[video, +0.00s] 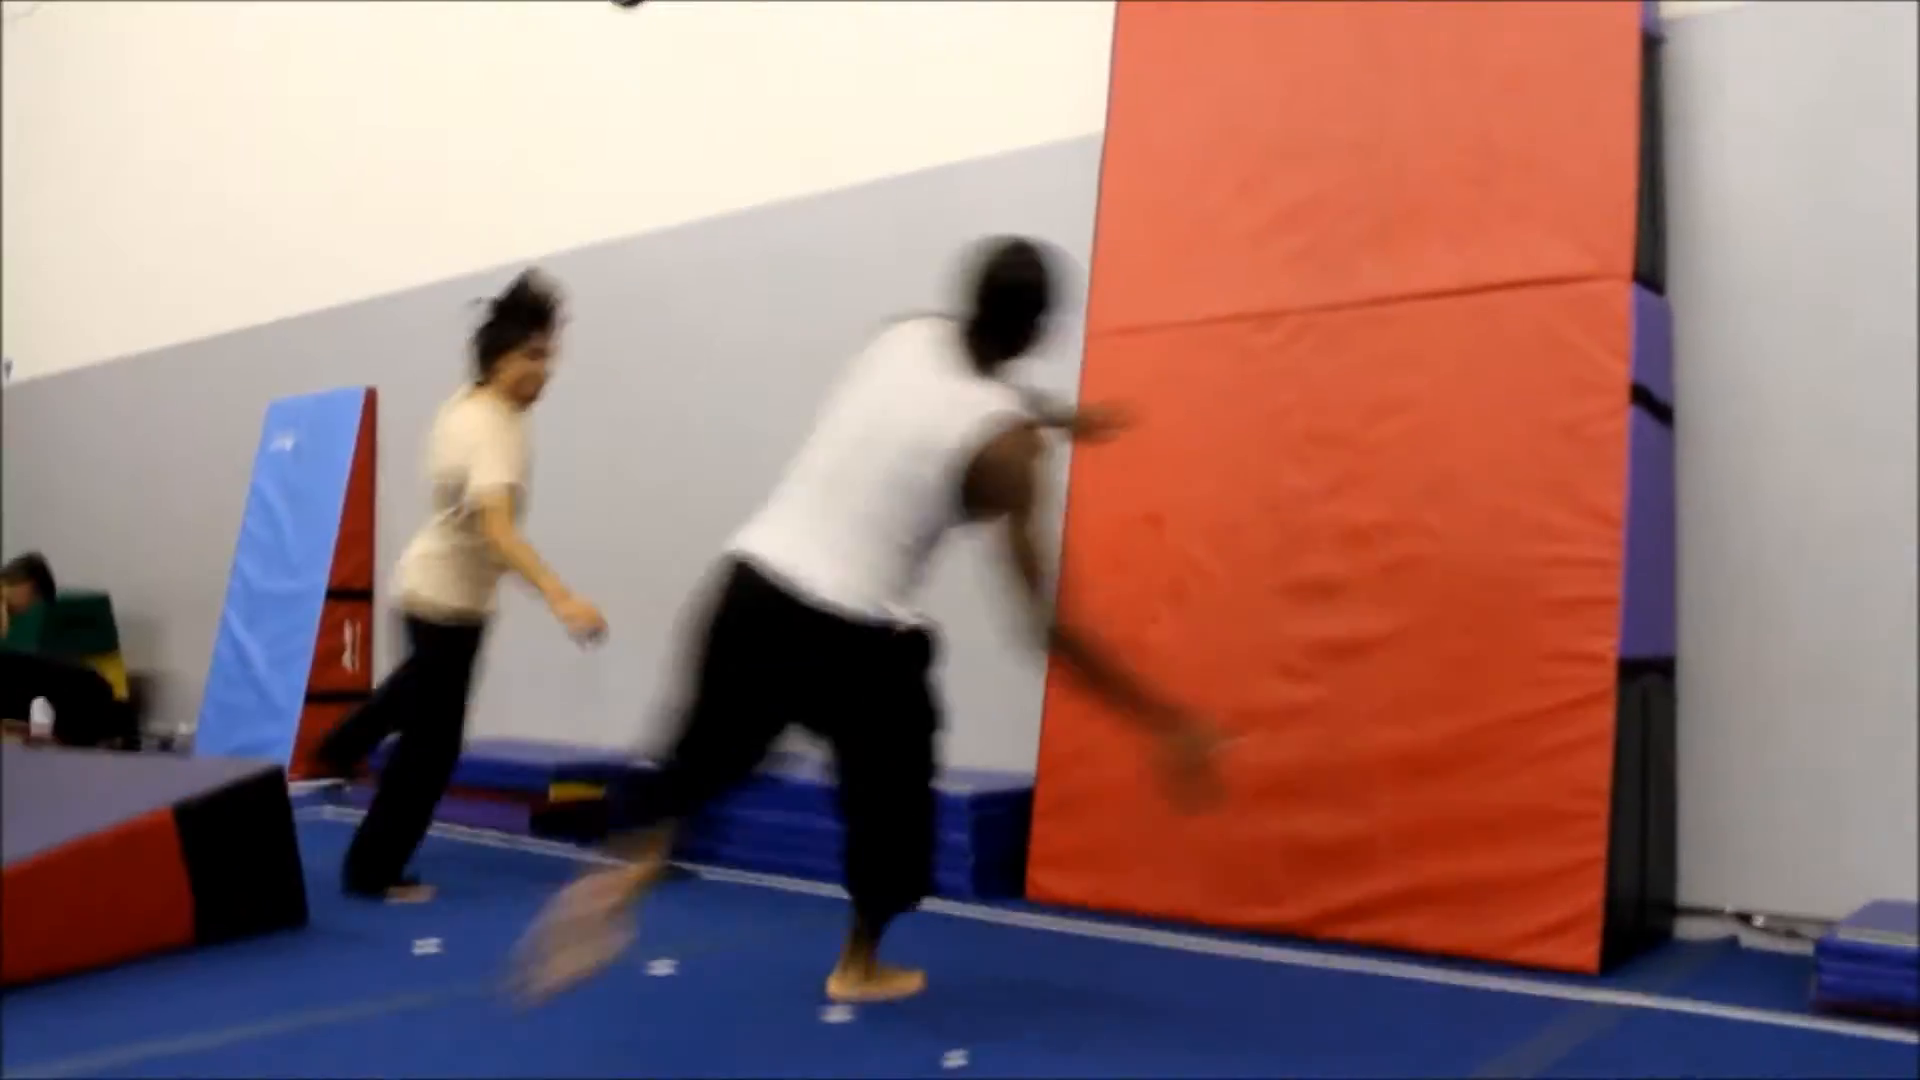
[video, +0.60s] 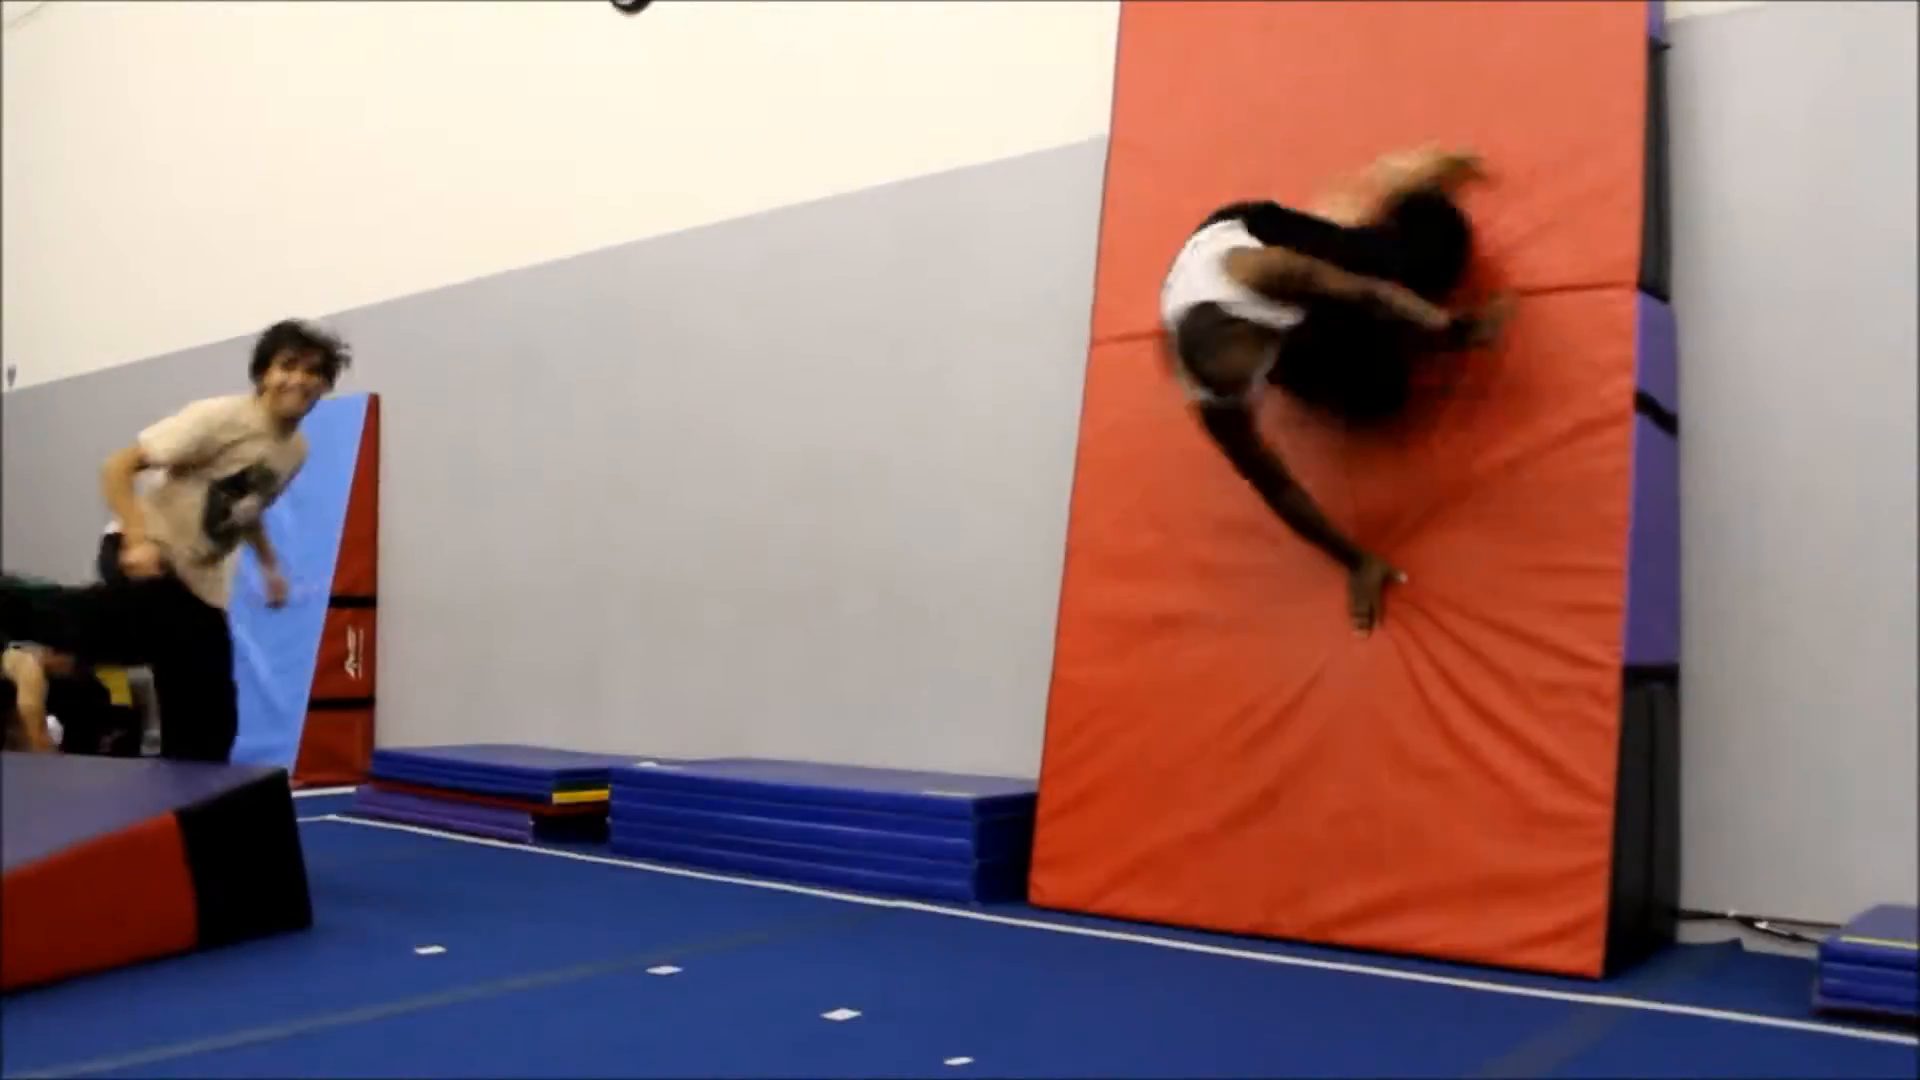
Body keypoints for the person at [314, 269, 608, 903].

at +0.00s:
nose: (544, 370)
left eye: (548, 357)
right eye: (534, 356)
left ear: (517, 362)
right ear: (500, 359)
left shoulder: (466, 410)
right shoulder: (493, 424)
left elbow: (460, 511)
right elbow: (496, 529)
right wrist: (562, 599)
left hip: (429, 591)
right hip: (452, 603)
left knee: (418, 689)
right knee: (433, 747)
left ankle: (336, 751)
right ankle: (374, 871)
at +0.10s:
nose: (483, 422)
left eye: (489, 409)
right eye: (472, 409)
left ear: (494, 408)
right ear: (442, 406)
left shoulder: (428, 448)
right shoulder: (421, 463)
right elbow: (445, 573)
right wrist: (541, 618)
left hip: (365, 618)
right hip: (378, 626)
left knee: (351, 731)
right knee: (420, 745)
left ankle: (257, 814)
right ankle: (377, 875)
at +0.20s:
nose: (438, 414)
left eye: (444, 403)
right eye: (427, 401)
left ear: (447, 407)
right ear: (398, 401)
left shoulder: (398, 450)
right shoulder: (367, 460)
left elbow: (358, 512)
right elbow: (364, 570)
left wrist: (407, 523)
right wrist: (449, 618)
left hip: (331, 603)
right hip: (319, 607)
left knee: (284, 730)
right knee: (377, 723)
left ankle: (227, 842)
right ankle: (378, 869)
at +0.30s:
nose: (391, 426)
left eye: (399, 416)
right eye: (380, 412)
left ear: (404, 419)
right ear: (352, 410)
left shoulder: (372, 468)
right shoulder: (317, 457)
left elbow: (341, 544)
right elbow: (279, 550)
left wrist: (384, 593)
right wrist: (324, 621)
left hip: (290, 604)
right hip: (252, 603)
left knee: (262, 731)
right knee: (314, 728)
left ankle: (243, 852)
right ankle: (353, 862)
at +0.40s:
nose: (352, 397)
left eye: (363, 389)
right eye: (342, 383)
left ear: (370, 398)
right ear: (316, 384)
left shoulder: (348, 461)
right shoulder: (276, 432)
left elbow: (309, 531)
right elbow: (209, 513)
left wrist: (356, 584)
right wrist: (238, 595)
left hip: (258, 581)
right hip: (209, 571)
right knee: (286, 659)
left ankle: (238, 776)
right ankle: (232, 775)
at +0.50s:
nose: (329, 366)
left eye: (341, 357)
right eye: (317, 354)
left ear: (351, 369)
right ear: (290, 362)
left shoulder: (321, 439)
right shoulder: (252, 405)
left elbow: (276, 504)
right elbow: (173, 468)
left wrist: (316, 560)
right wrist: (189, 556)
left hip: (224, 557)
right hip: (172, 539)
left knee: (221, 671)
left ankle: (213, 786)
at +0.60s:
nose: (299, 380)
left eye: (313, 373)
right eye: (288, 368)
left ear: (324, 388)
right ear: (263, 374)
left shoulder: (295, 451)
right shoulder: (222, 419)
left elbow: (244, 505)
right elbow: (118, 467)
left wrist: (269, 564)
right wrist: (135, 537)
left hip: (203, 593)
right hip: (146, 559)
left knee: (205, 728)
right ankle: (18, 610)